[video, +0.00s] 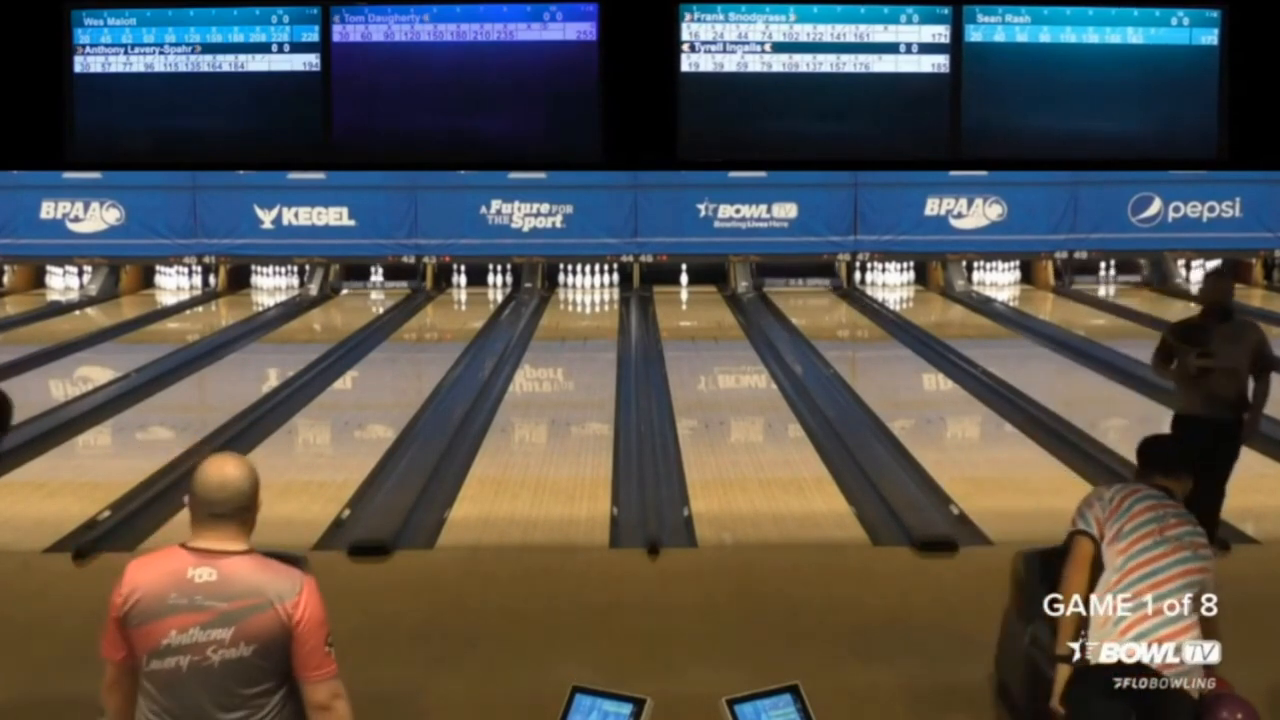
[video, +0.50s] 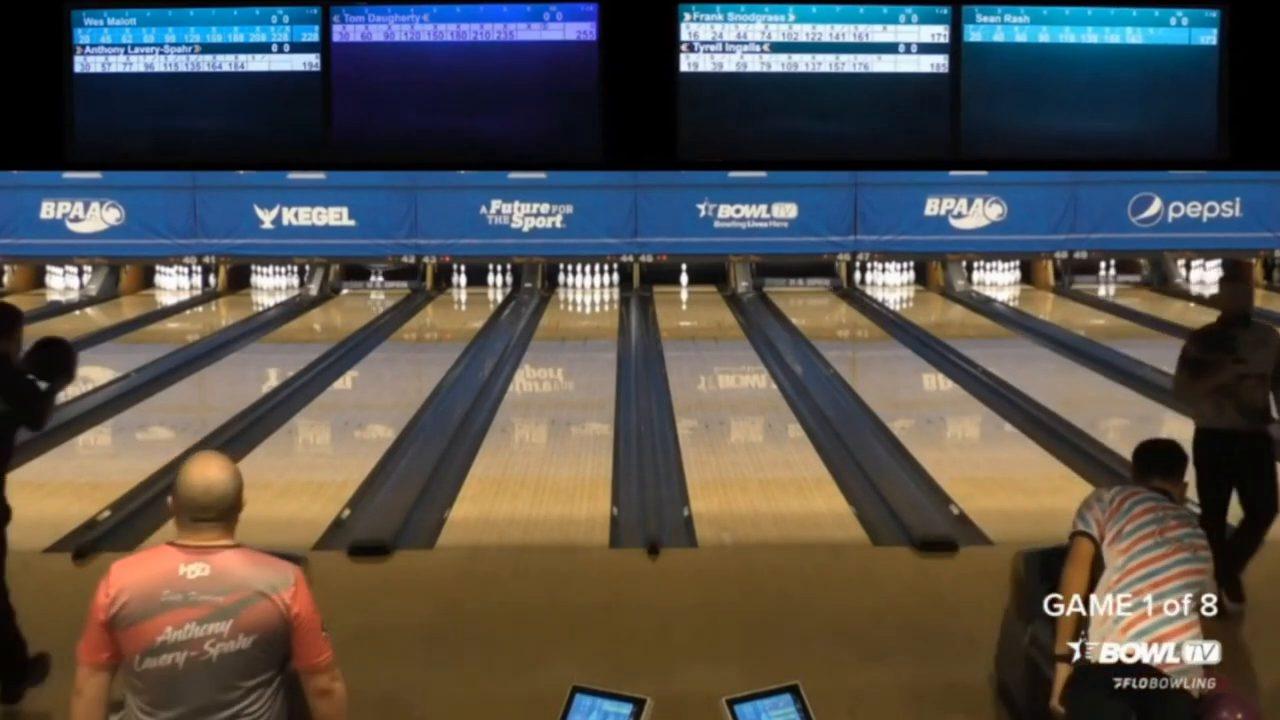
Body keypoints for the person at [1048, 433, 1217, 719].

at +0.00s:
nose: (1189, 488)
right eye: (1189, 482)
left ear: (1139, 469)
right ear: (1188, 482)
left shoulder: (1106, 498)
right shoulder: (1194, 527)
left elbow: (1074, 589)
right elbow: (1206, 614)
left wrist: (1063, 659)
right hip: (1179, 693)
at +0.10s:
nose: (1188, 488)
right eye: (1189, 482)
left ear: (1139, 469)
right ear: (1188, 482)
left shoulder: (1106, 498)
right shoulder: (1194, 527)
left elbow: (1074, 589)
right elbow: (1206, 615)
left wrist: (1063, 660)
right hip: (1179, 693)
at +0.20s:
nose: (1189, 491)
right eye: (1190, 485)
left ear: (1140, 471)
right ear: (1187, 485)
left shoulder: (1108, 497)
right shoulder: (1195, 528)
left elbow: (1073, 583)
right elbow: (1207, 614)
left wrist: (1062, 657)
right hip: (1179, 690)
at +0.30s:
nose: (1188, 490)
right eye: (1188, 483)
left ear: (1140, 471)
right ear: (1186, 481)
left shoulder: (1109, 497)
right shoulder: (1194, 526)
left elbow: (1075, 580)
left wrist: (1063, 657)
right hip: (1178, 690)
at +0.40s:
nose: (1186, 489)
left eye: (1185, 482)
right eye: (1186, 482)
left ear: (1136, 473)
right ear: (1182, 483)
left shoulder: (1108, 498)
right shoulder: (1193, 523)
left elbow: (1075, 580)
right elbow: (1207, 607)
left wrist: (1063, 657)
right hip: (1179, 690)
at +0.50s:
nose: (1185, 491)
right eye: (1185, 486)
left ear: (1134, 475)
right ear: (1181, 485)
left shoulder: (1107, 499)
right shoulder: (1192, 522)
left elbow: (1074, 582)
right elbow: (1207, 603)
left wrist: (1063, 658)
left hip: (1107, 679)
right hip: (1178, 691)